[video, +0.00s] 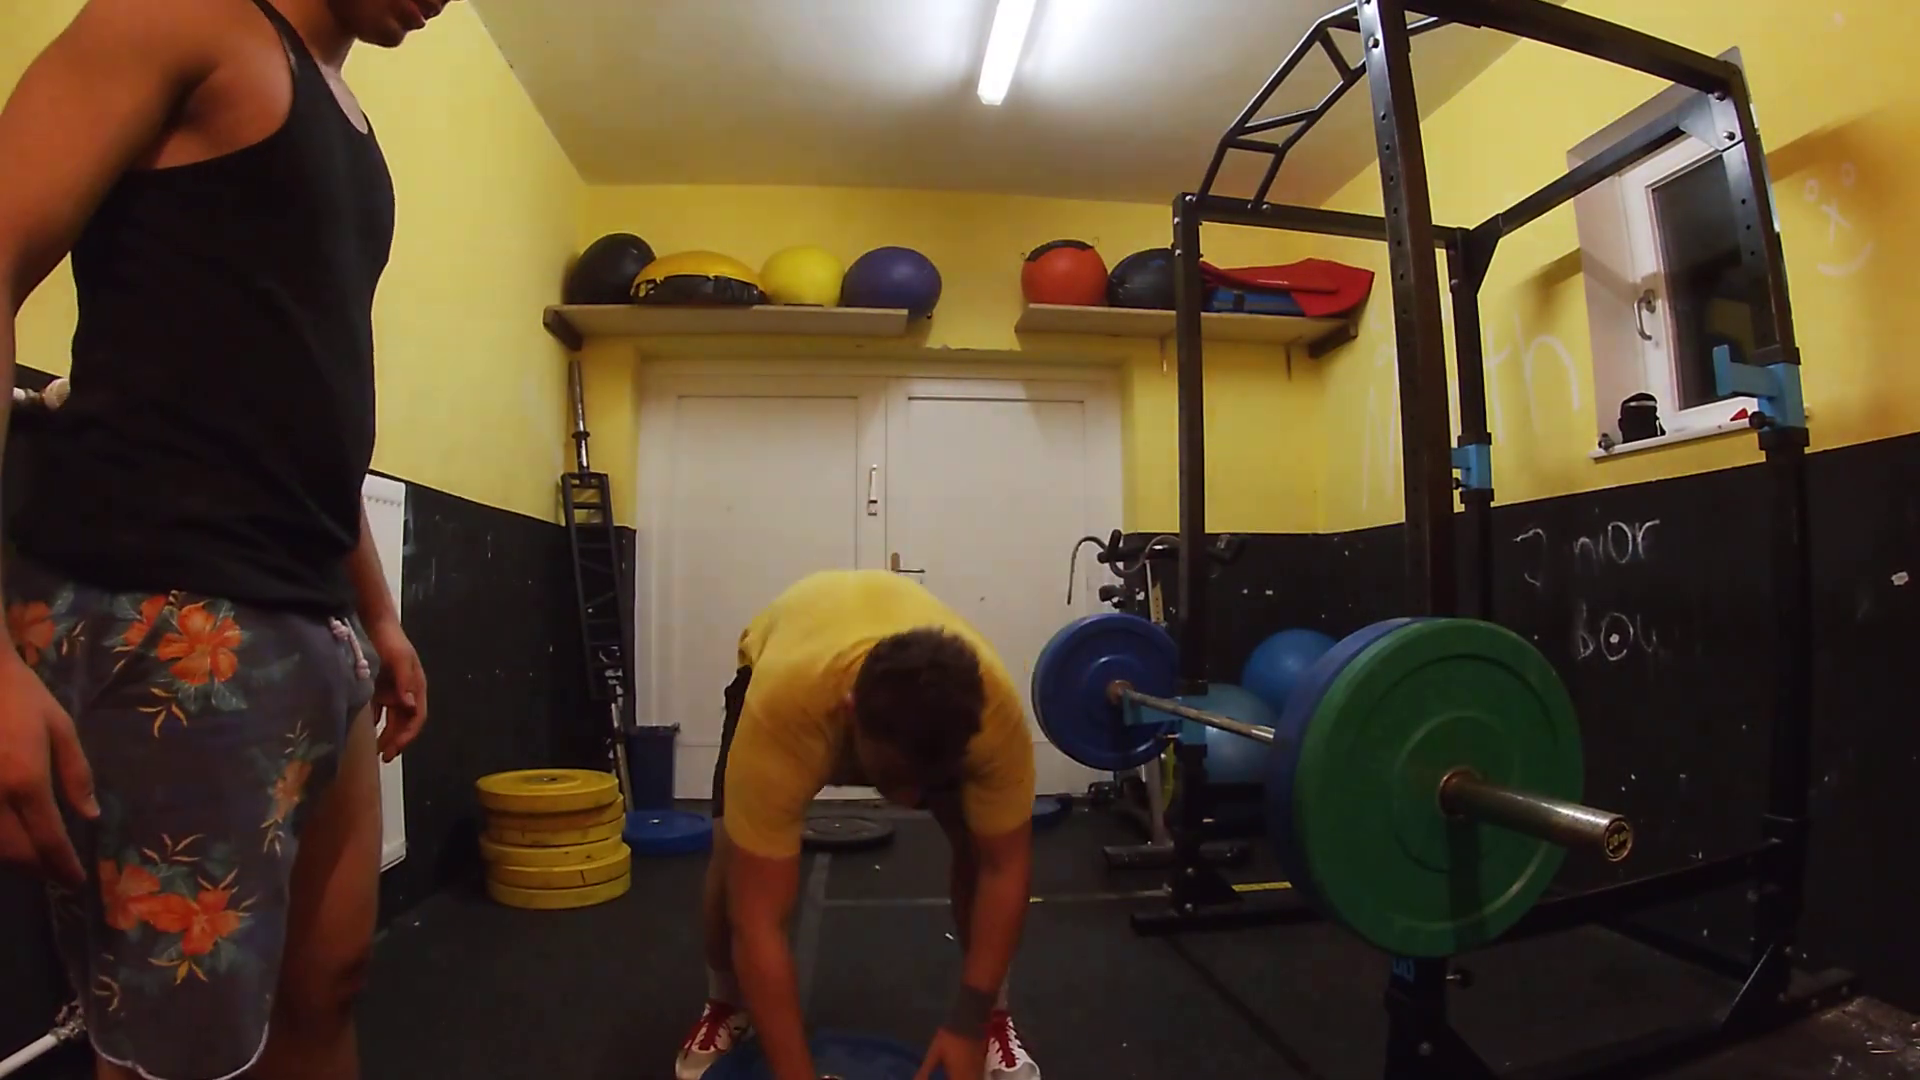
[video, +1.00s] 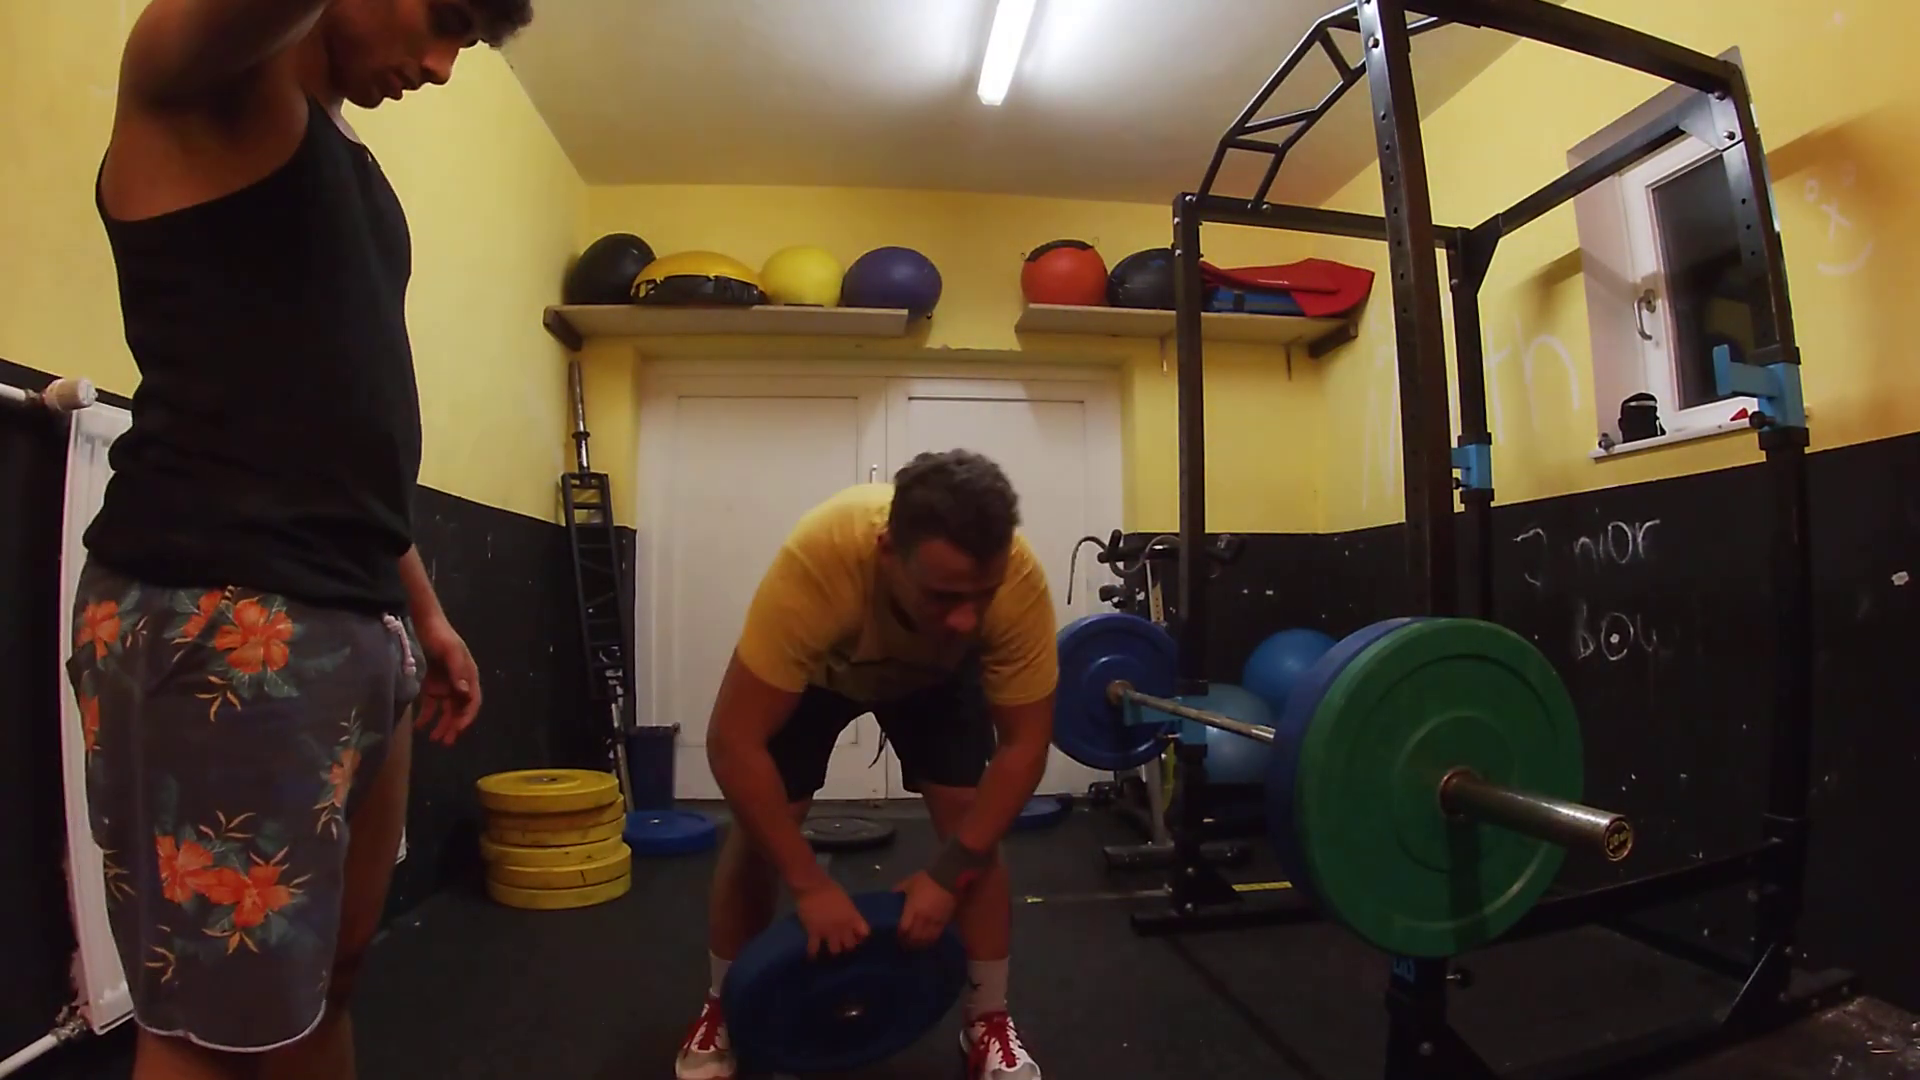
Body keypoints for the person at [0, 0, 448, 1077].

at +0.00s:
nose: (434, 3)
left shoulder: (346, 114)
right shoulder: (181, 22)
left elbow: (309, 394)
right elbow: (1, 285)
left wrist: (375, 609)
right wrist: (1, 654)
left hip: (316, 634)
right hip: (168, 634)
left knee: (323, 1002)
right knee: (171, 1046)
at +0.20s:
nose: (457, 10)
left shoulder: (358, 135)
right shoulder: (194, 26)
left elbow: (322, 397)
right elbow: (7, 274)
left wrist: (383, 611)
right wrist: (23, 633)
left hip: (330, 633)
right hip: (186, 628)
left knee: (322, 1001)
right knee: (178, 1051)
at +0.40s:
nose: (472, 29)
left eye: (485, 12)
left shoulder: (353, 133)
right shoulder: (203, 48)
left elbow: (330, 409)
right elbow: (17, 269)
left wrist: (406, 610)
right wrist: (175, 464)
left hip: (337, 622)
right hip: (188, 617)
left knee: (322, 995)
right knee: (192, 1035)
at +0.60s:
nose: (467, 52)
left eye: (485, 32)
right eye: (473, 18)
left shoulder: (355, 148)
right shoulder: (210, 62)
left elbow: (350, 415)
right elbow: (51, 231)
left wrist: (424, 614)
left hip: (355, 625)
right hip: (210, 615)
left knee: (321, 991)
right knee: (206, 1037)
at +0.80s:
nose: (450, 67)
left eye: (472, 46)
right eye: (453, 27)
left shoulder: (341, 141)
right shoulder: (194, 94)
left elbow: (355, 406)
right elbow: (242, 24)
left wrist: (430, 610)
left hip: (359, 622)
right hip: (220, 620)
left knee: (323, 999)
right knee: (210, 1035)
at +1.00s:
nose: (441, 69)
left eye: (463, 49)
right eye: (445, 28)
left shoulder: (342, 151)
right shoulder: (198, 86)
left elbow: (347, 401)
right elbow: (229, 28)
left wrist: (420, 605)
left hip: (357, 619)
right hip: (223, 617)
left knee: (325, 996)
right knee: (215, 1034)